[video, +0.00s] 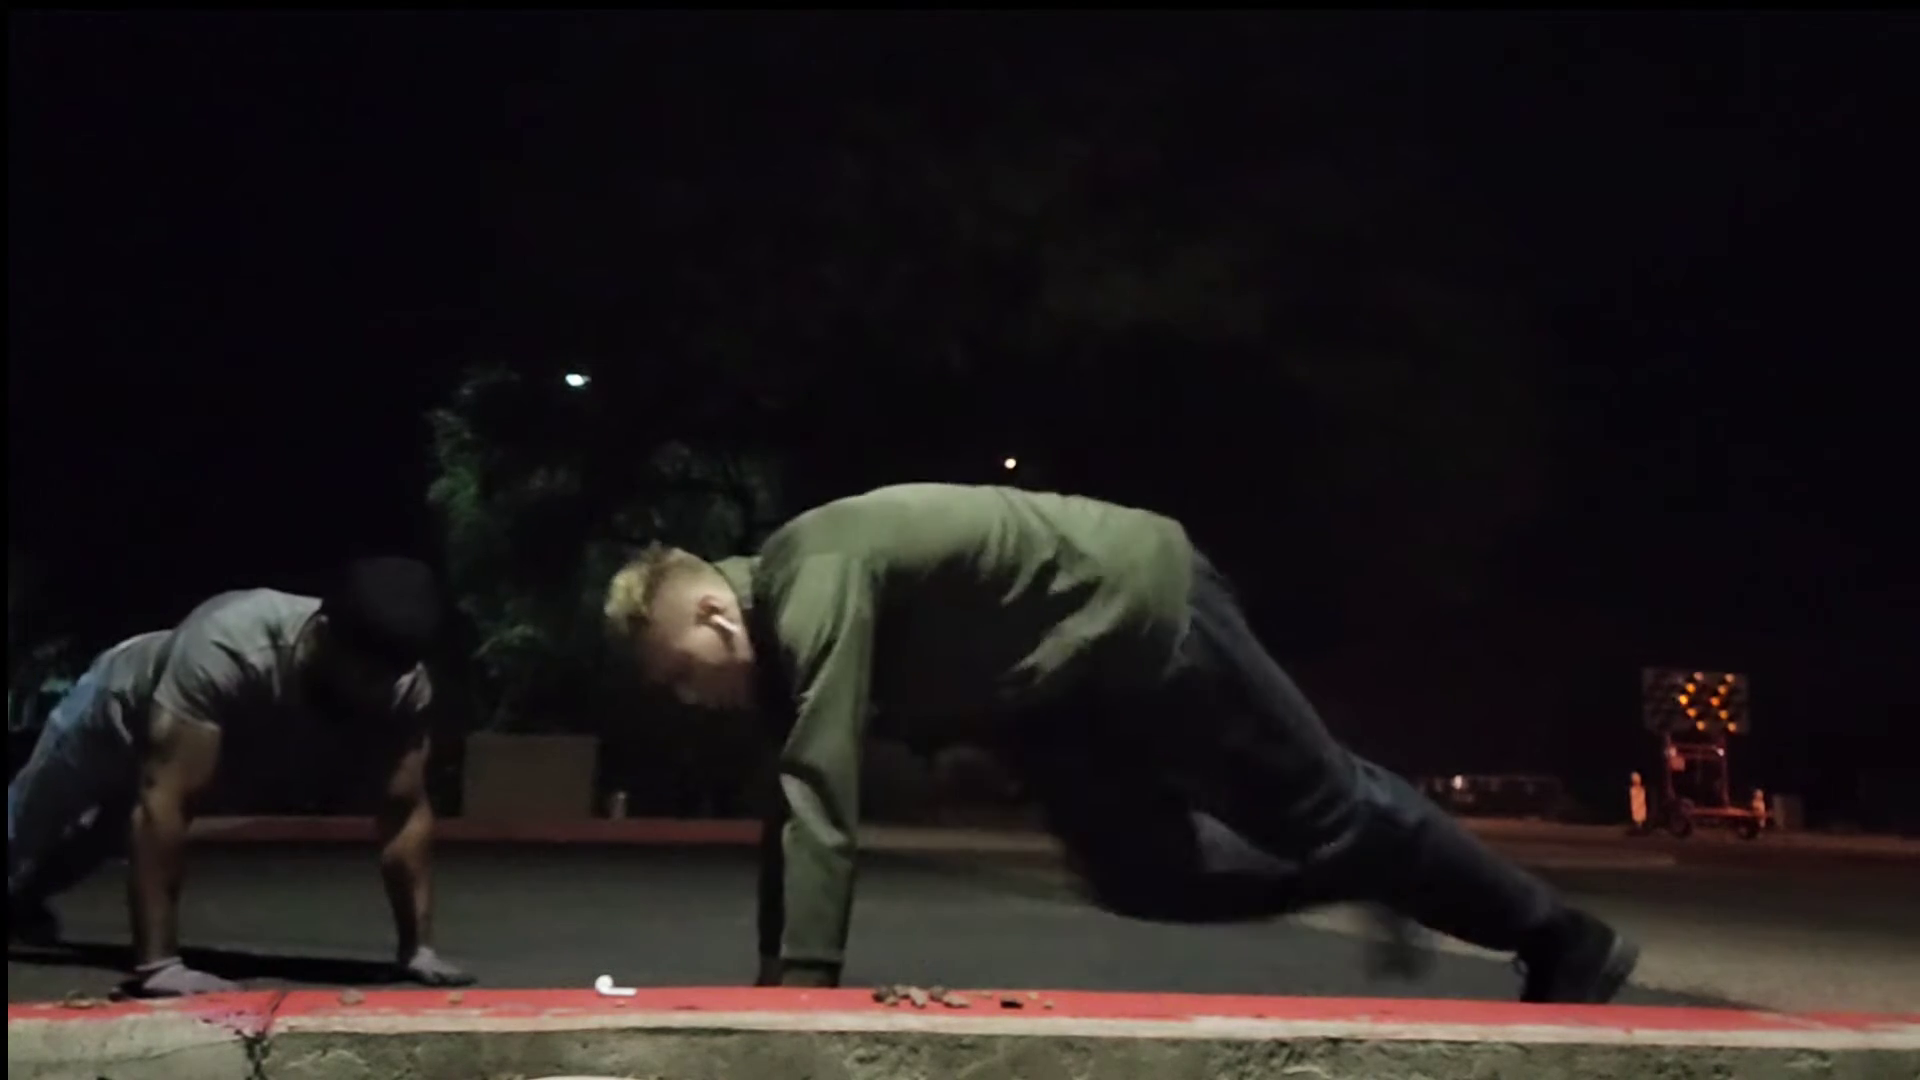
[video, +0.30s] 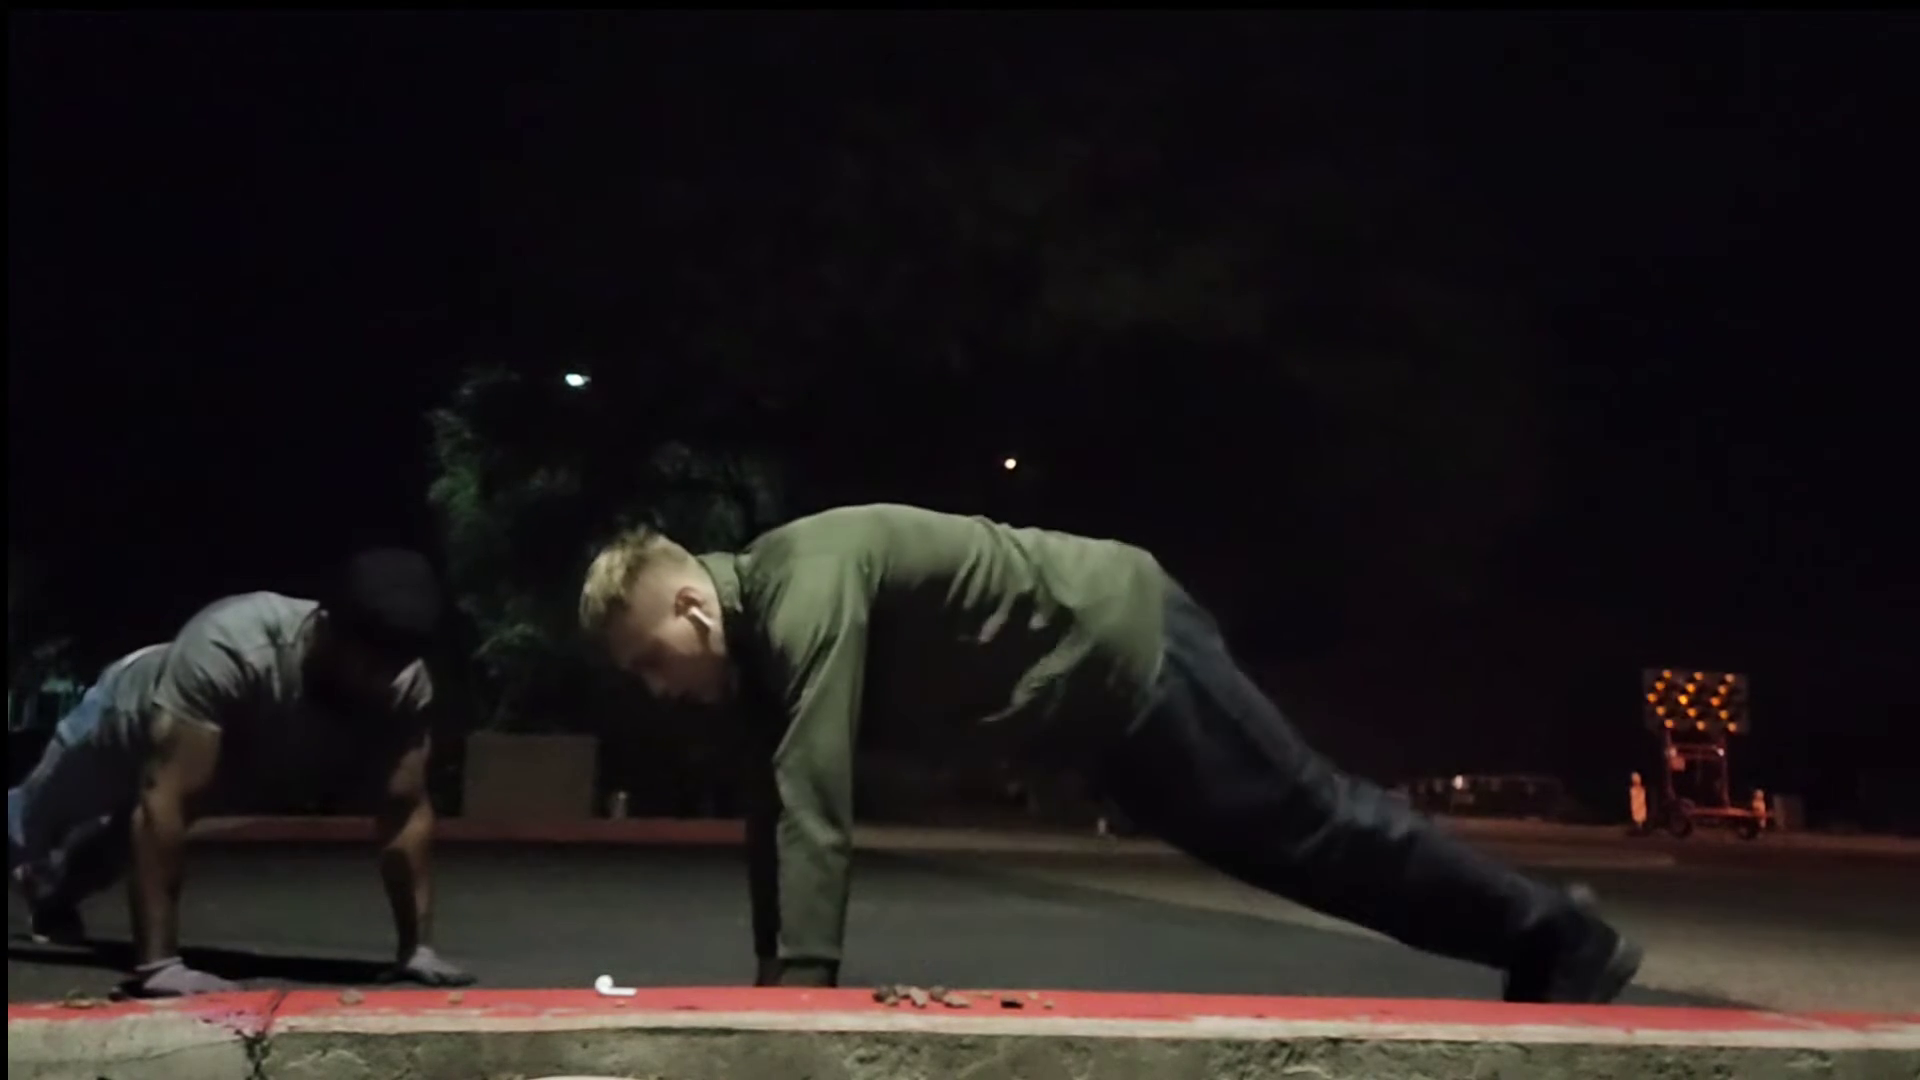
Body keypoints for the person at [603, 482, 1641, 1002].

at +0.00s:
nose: (712, 694)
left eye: (694, 670)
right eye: (688, 687)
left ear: (712, 609)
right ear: (701, 636)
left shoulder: (818, 575)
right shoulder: (777, 618)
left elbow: (821, 792)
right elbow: (794, 801)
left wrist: (801, 991)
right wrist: (781, 986)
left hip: (1147, 608)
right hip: (1061, 694)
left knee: (1332, 811)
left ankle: (1564, 940)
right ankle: (1372, 870)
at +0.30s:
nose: (668, 684)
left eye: (657, 658)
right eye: (648, 673)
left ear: (692, 599)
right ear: (676, 629)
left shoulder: (808, 584)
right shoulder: (762, 628)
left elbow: (813, 805)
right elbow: (778, 814)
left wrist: (800, 997)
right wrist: (781, 993)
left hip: (1131, 640)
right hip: (1092, 693)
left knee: (1317, 826)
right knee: (1287, 850)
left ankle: (1571, 940)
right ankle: (1533, 942)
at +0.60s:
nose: (659, 678)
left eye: (648, 651)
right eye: (640, 665)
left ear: (684, 592)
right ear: (673, 617)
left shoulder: (811, 580)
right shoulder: (768, 628)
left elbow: (810, 788)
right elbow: (779, 801)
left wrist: (805, 969)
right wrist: (784, 972)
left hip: (1132, 658)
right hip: (1100, 716)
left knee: (1348, 817)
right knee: (1322, 845)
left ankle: (1598, 938)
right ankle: (1553, 948)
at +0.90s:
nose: (657, 677)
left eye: (648, 649)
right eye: (639, 663)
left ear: (688, 592)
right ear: (673, 624)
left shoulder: (820, 579)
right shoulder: (772, 640)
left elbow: (820, 785)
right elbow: (784, 804)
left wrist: (808, 969)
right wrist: (781, 971)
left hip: (1143, 662)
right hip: (1107, 729)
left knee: (1362, 815)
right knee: (1330, 851)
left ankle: (1606, 940)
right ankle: (1557, 951)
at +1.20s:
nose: (659, 676)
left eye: (650, 649)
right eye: (641, 663)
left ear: (690, 593)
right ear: (673, 626)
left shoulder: (821, 578)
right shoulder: (771, 642)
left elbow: (817, 785)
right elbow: (781, 803)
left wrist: (807, 967)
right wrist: (782, 970)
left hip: (1144, 662)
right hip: (1108, 728)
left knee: (1363, 815)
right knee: (1330, 850)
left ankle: (1605, 940)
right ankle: (1557, 950)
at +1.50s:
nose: (655, 669)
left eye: (645, 642)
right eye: (638, 656)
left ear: (683, 585)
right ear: (672, 613)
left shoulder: (814, 576)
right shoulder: (766, 633)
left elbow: (810, 784)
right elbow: (778, 799)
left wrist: (804, 968)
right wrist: (781, 970)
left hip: (1141, 663)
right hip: (1105, 729)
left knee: (1361, 817)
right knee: (1326, 854)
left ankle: (1604, 938)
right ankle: (1557, 948)